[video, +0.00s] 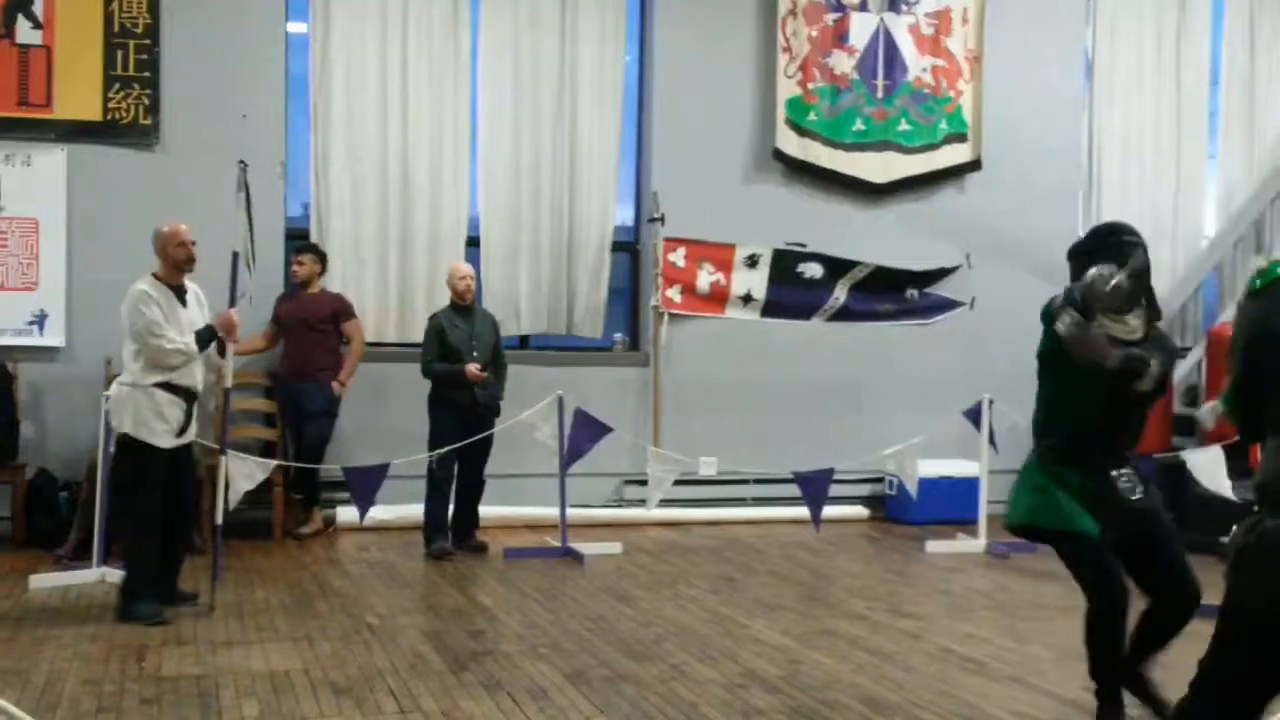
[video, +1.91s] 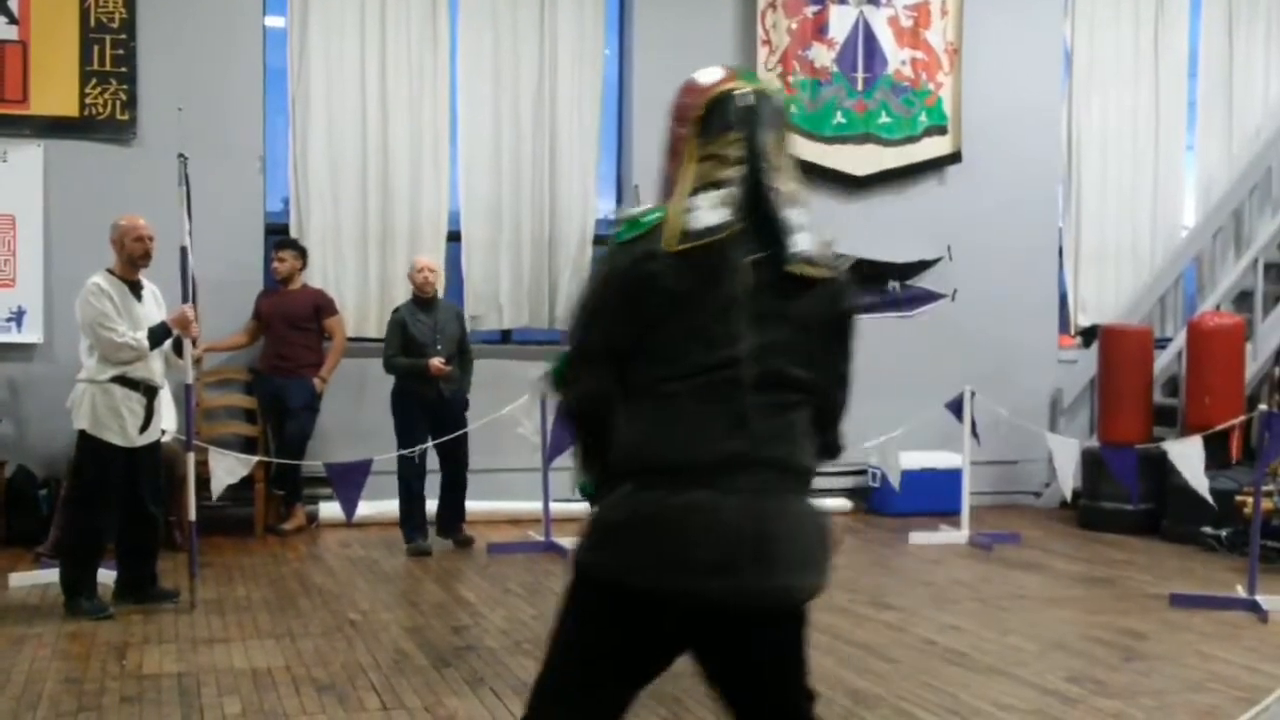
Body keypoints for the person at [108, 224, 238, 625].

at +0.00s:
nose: (191, 252)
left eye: (192, 245)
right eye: (182, 246)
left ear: (192, 251)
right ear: (162, 254)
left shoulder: (195, 293)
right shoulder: (142, 295)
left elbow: (210, 357)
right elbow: (165, 352)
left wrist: (224, 342)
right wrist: (214, 331)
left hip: (179, 410)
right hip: (143, 410)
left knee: (178, 502)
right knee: (144, 504)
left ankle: (166, 585)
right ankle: (137, 596)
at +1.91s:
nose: (148, 247)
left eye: (151, 240)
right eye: (139, 240)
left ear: (152, 245)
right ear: (117, 246)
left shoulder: (153, 293)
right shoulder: (96, 290)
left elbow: (169, 357)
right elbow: (117, 348)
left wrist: (185, 344)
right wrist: (170, 327)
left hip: (148, 410)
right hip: (106, 408)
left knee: (143, 501)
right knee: (94, 502)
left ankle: (137, 583)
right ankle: (79, 591)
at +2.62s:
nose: (108, 249)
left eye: (111, 242)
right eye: (99, 242)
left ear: (113, 247)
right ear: (78, 247)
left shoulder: (115, 295)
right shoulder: (57, 291)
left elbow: (135, 367)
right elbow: (76, 349)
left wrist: (146, 345)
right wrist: (130, 329)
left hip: (108, 414)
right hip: (66, 412)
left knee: (104, 504)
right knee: (53, 505)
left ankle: (99, 585)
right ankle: (40, 594)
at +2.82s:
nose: (59, 248)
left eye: (63, 241)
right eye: (51, 241)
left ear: (66, 248)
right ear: (30, 247)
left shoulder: (68, 295)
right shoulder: (10, 292)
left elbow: (79, 356)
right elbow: (30, 351)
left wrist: (98, 342)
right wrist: (80, 331)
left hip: (61, 417)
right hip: (19, 416)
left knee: (57, 507)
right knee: (14, 508)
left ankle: (51, 588)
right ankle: (4, 593)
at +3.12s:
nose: (12, 249)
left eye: (13, 242)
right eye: (7, 242)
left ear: (14, 246)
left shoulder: (17, 295)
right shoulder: (9, 297)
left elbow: (26, 357)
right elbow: (6, 348)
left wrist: (45, 342)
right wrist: (29, 332)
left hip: (21, 414)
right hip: (9, 416)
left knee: (17, 505)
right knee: (12, 506)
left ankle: (11, 587)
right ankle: (9, 588)